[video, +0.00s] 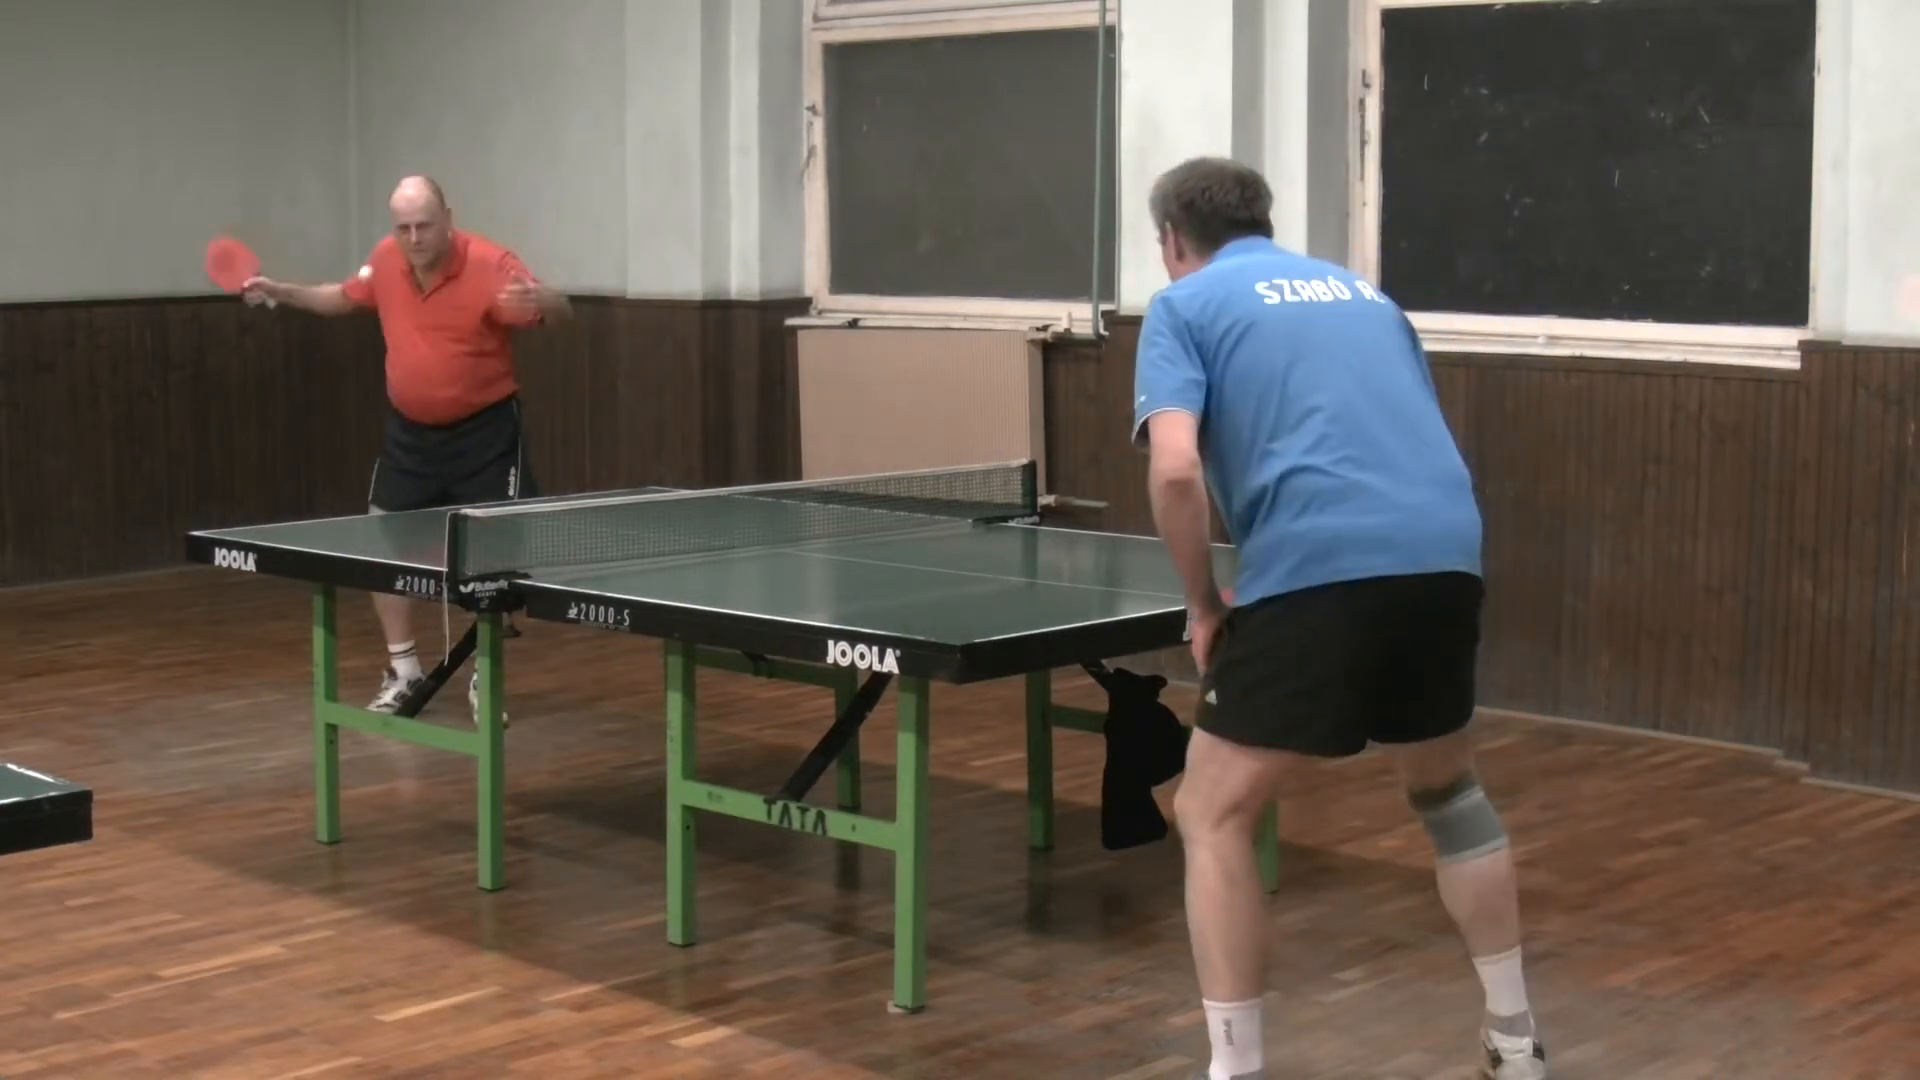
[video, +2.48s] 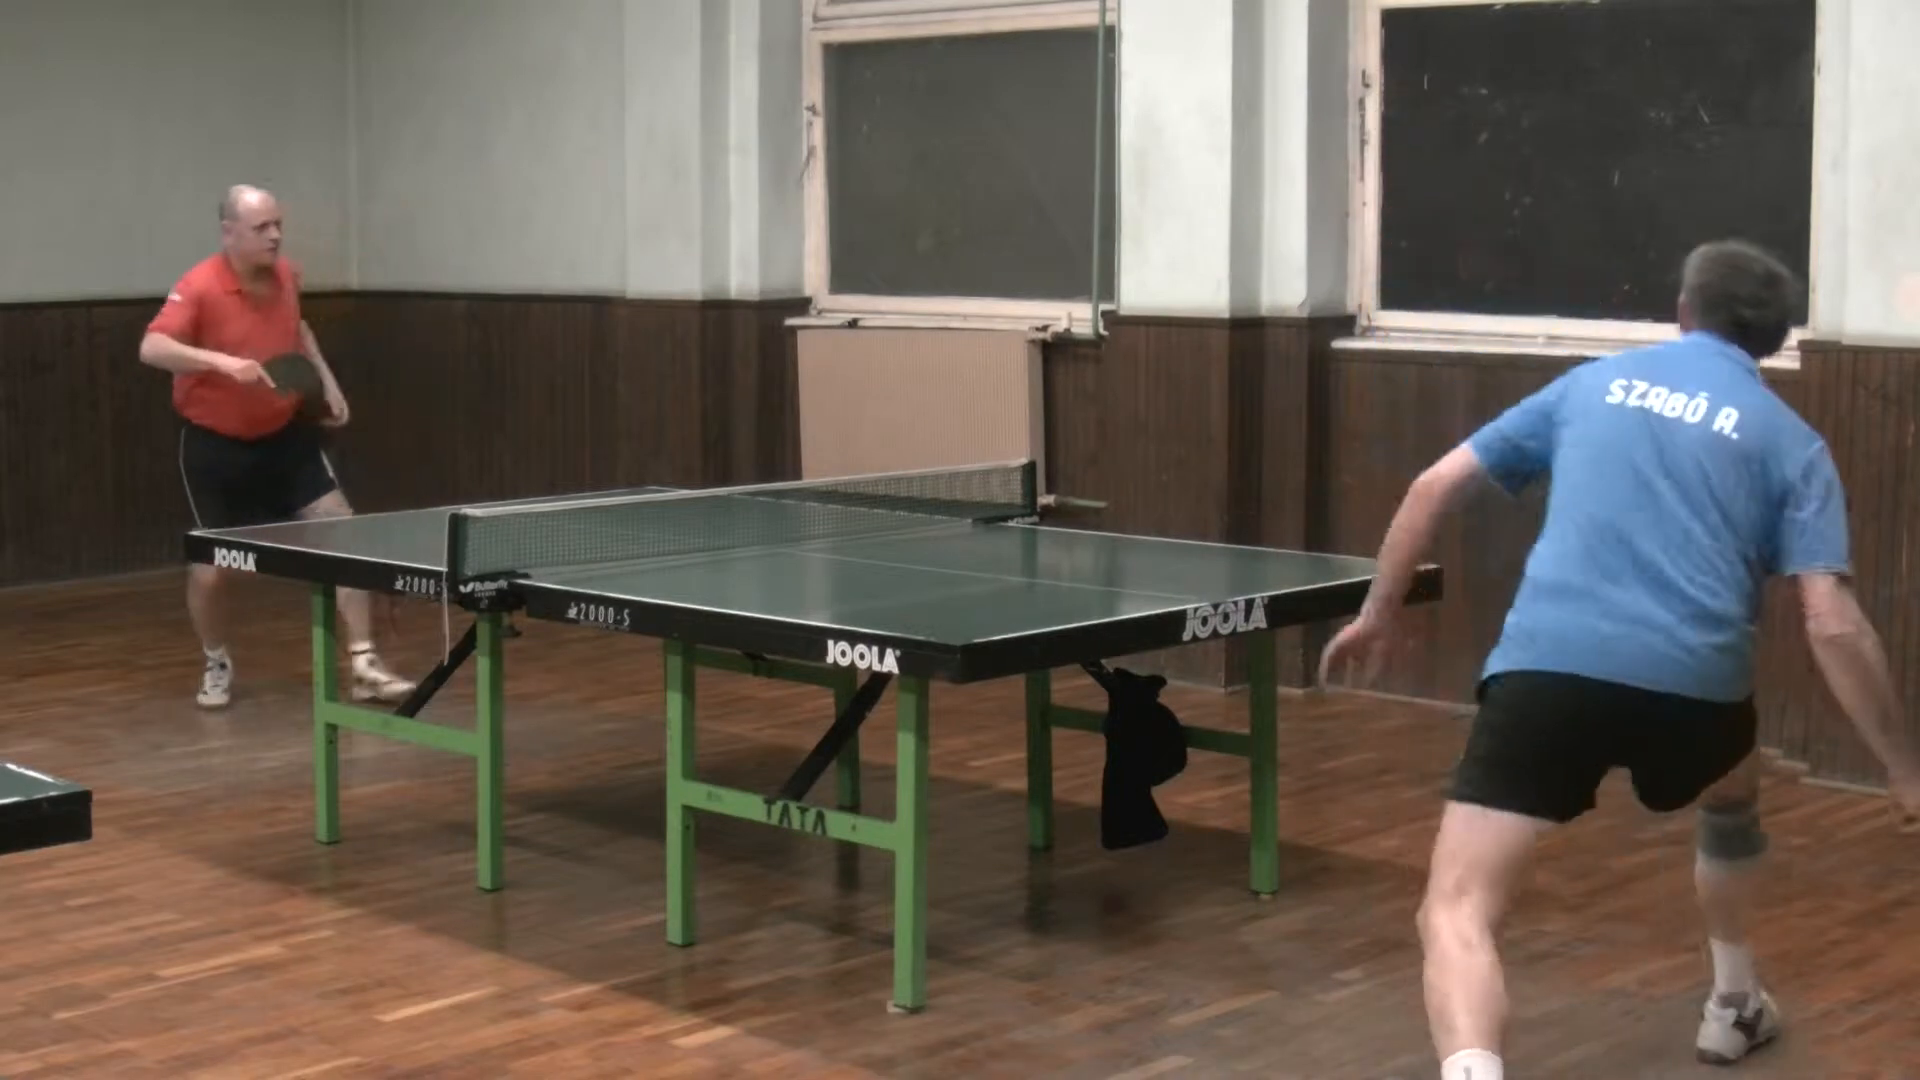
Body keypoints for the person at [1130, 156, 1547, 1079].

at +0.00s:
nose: (1163, 269)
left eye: (1160, 253)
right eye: (1164, 256)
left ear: (1178, 245)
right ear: (1261, 229)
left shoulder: (1181, 309)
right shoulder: (1361, 290)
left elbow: (1176, 467)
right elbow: (1411, 430)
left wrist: (1202, 601)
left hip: (1313, 571)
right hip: (1445, 559)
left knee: (1214, 812)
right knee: (1447, 786)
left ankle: (1235, 1065)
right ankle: (1516, 1040)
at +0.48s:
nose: (1276, 256)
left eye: (1276, 242)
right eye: (1281, 242)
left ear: (1292, 240)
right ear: (1376, 236)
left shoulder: (1278, 316)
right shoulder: (1452, 313)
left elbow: (1237, 491)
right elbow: (1513, 480)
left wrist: (1252, 622)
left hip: (1360, 596)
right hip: (1492, 596)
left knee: (1216, 817)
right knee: (1483, 787)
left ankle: (1248, 1061)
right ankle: (1538, 1008)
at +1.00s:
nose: (1215, 280)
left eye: (1216, 267)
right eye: (1222, 269)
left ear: (1230, 267)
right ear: (1313, 274)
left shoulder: (1209, 334)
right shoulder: (1360, 359)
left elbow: (1149, 491)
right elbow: (1321, 561)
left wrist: (1096, 640)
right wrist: (1158, 613)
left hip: (1267, 640)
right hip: (1398, 643)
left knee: (1132, 842)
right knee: (1380, 813)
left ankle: (1176, 1068)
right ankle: (1401, 1052)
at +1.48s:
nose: (1266, 158)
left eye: (1268, 141)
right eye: (1269, 141)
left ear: (1285, 149)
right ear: (1380, 150)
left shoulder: (1278, 260)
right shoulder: (1450, 255)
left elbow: (1254, 460)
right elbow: (1501, 442)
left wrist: (1204, 618)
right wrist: (1479, 565)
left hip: (1359, 597)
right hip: (1491, 584)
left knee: (1314, 850)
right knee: (1456, 793)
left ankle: (1377, 1067)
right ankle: (1443, 1029)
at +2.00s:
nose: (1369, 212)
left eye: (1369, 195)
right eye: (1368, 195)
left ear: (1390, 193)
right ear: (1479, 186)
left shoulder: (1411, 284)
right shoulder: (1552, 270)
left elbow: (1410, 476)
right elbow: (1584, 469)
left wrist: (1362, 638)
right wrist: (1478, 583)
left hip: (1552, 577)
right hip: (1660, 564)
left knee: (1460, 852)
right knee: (1610, 803)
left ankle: (1492, 1072)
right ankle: (1663, 1045)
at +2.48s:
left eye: (1683, 300)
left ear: (1685, 311)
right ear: (1780, 339)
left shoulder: (1591, 384)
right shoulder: (1792, 443)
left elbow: (1433, 486)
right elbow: (1833, 626)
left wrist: (1378, 609)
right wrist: (1904, 767)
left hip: (1549, 671)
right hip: (1691, 689)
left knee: (1460, 909)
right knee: (1727, 801)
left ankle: (1472, 1070)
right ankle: (1731, 1003)